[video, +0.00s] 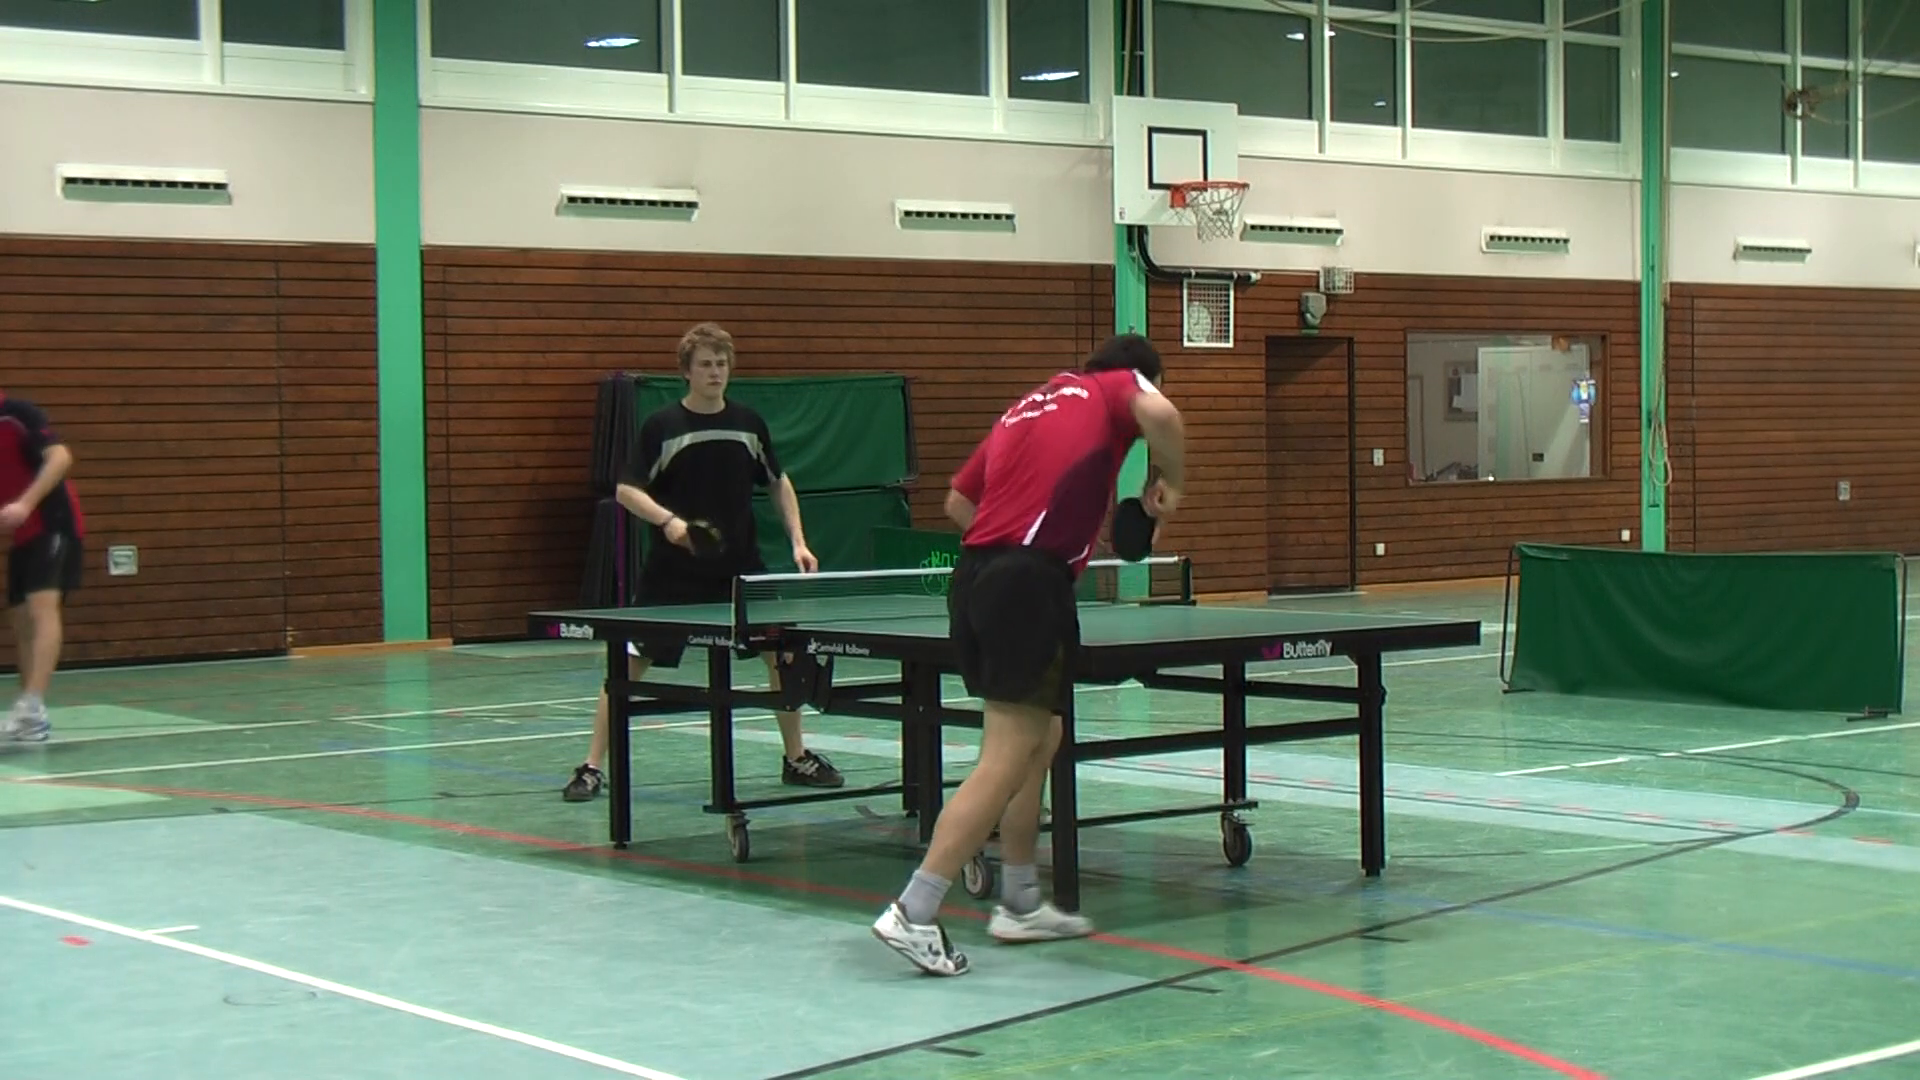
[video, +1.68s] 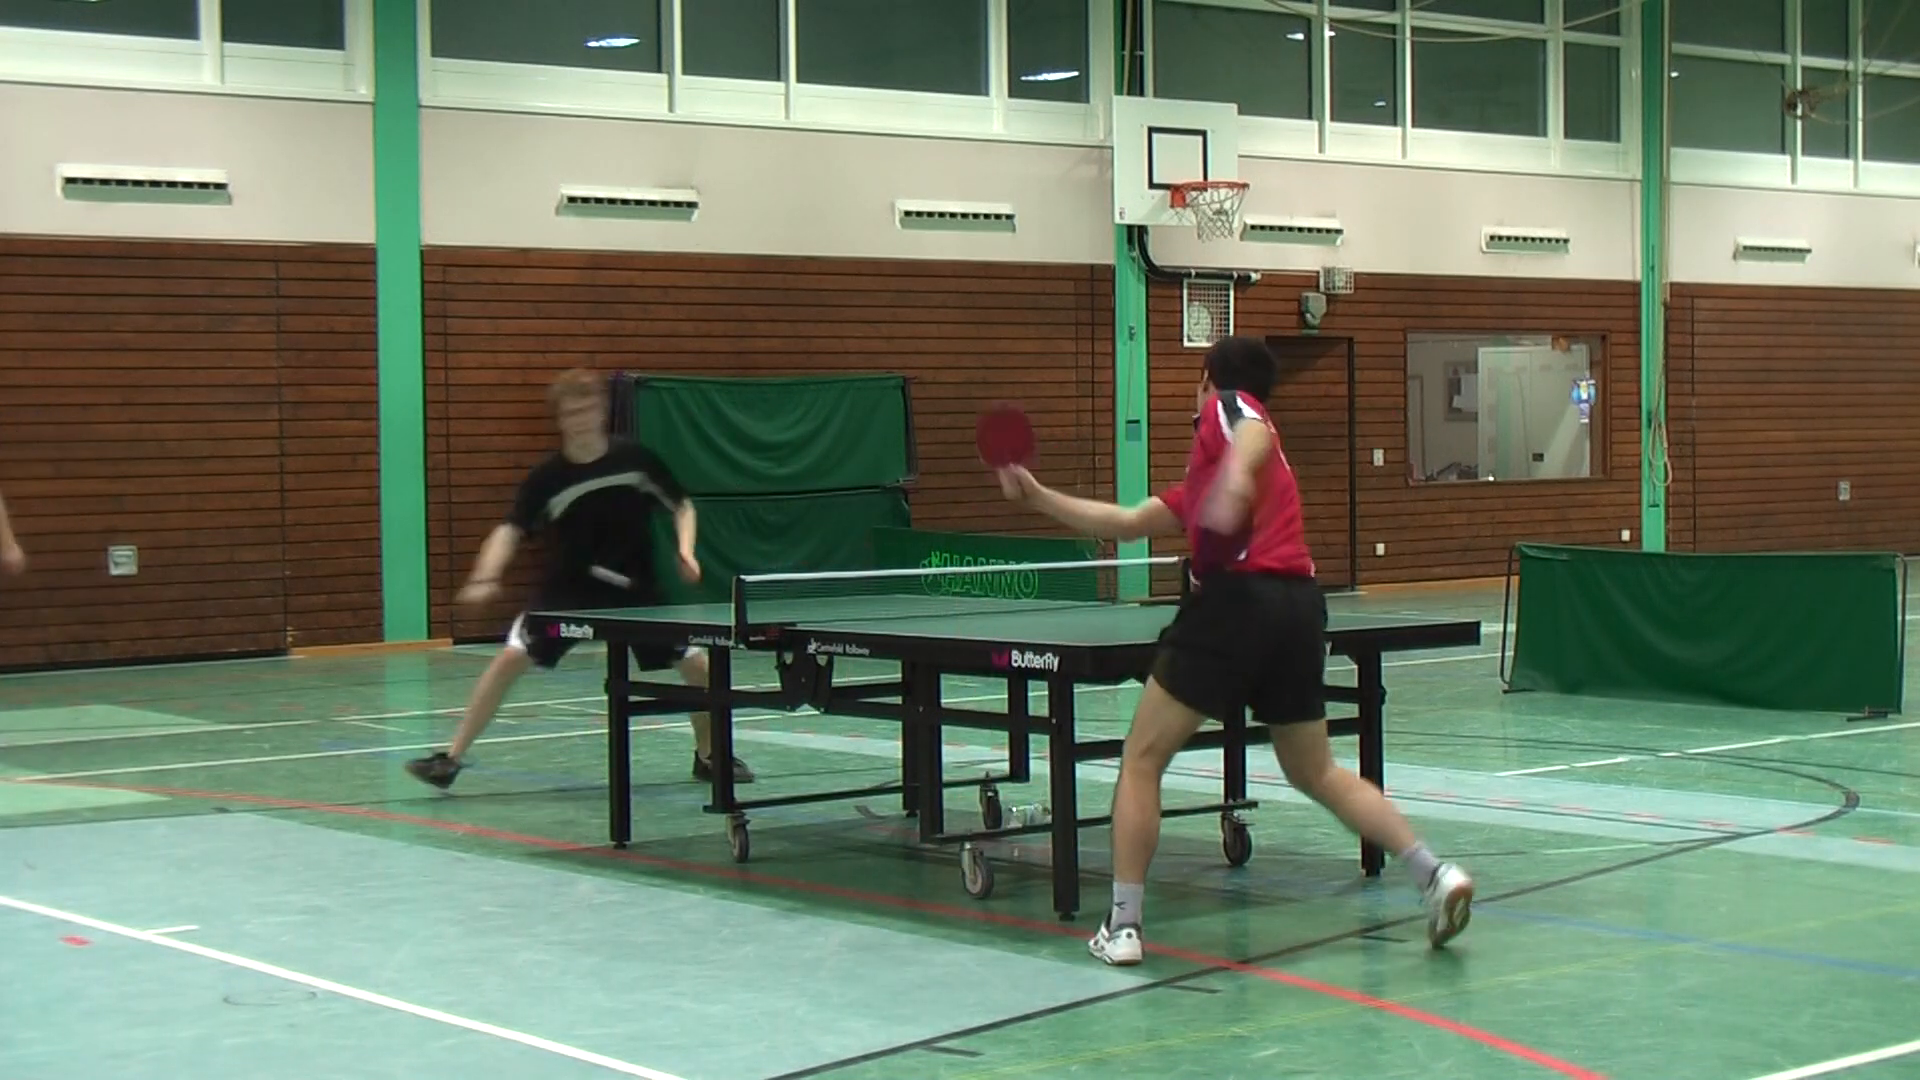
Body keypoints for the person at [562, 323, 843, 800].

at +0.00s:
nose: (716, 372)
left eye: (722, 364)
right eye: (706, 364)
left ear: (730, 369)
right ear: (686, 370)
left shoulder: (749, 423)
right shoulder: (661, 426)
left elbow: (779, 482)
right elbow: (627, 489)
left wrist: (798, 540)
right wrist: (666, 519)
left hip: (741, 567)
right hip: (676, 570)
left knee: (782, 648)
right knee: (629, 663)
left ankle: (797, 756)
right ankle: (593, 765)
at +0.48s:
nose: (746, 403)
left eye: (753, 395)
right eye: (736, 395)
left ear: (762, 399)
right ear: (717, 399)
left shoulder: (774, 449)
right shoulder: (689, 450)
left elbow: (809, 500)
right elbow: (639, 504)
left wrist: (811, 523)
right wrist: (682, 531)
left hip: (755, 582)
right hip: (692, 582)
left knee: (809, 656)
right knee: (652, 662)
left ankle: (826, 757)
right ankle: (611, 764)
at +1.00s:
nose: (751, 430)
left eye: (756, 421)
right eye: (742, 422)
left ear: (762, 424)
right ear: (720, 424)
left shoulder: (767, 471)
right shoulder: (701, 462)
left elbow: (811, 496)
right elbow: (679, 464)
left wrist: (856, 525)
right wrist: (682, 459)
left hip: (747, 601)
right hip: (689, 602)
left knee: (823, 652)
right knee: (686, 674)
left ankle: (831, 757)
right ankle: (619, 769)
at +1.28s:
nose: (716, 384)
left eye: (722, 376)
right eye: (706, 377)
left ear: (729, 380)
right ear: (684, 382)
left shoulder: (741, 436)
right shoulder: (662, 434)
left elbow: (778, 480)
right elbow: (610, 485)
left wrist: (801, 525)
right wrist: (636, 475)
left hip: (722, 572)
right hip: (659, 571)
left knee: (768, 648)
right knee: (618, 655)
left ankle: (764, 753)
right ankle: (565, 753)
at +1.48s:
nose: (671, 378)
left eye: (676, 370)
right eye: (660, 370)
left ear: (683, 375)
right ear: (637, 376)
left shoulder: (694, 427)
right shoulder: (612, 428)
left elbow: (732, 476)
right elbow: (571, 487)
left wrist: (739, 509)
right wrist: (606, 501)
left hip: (674, 563)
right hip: (610, 566)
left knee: (723, 644)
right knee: (567, 643)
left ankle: (743, 748)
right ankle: (531, 756)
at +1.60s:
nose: (629, 397)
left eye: (634, 388)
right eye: (619, 390)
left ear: (642, 390)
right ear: (599, 396)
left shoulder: (665, 442)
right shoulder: (582, 449)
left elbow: (705, 490)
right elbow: (542, 510)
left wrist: (698, 523)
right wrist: (568, 545)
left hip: (652, 577)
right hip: (591, 577)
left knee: (703, 655)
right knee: (537, 646)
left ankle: (709, 751)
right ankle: (483, 749)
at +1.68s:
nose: (579, 419)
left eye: (587, 409)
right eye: (571, 412)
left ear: (603, 410)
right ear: (558, 418)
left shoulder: (634, 460)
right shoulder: (547, 477)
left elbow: (683, 505)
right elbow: (509, 529)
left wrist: (686, 548)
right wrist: (485, 578)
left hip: (635, 596)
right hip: (568, 595)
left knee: (699, 666)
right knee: (509, 659)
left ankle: (710, 756)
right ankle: (451, 759)